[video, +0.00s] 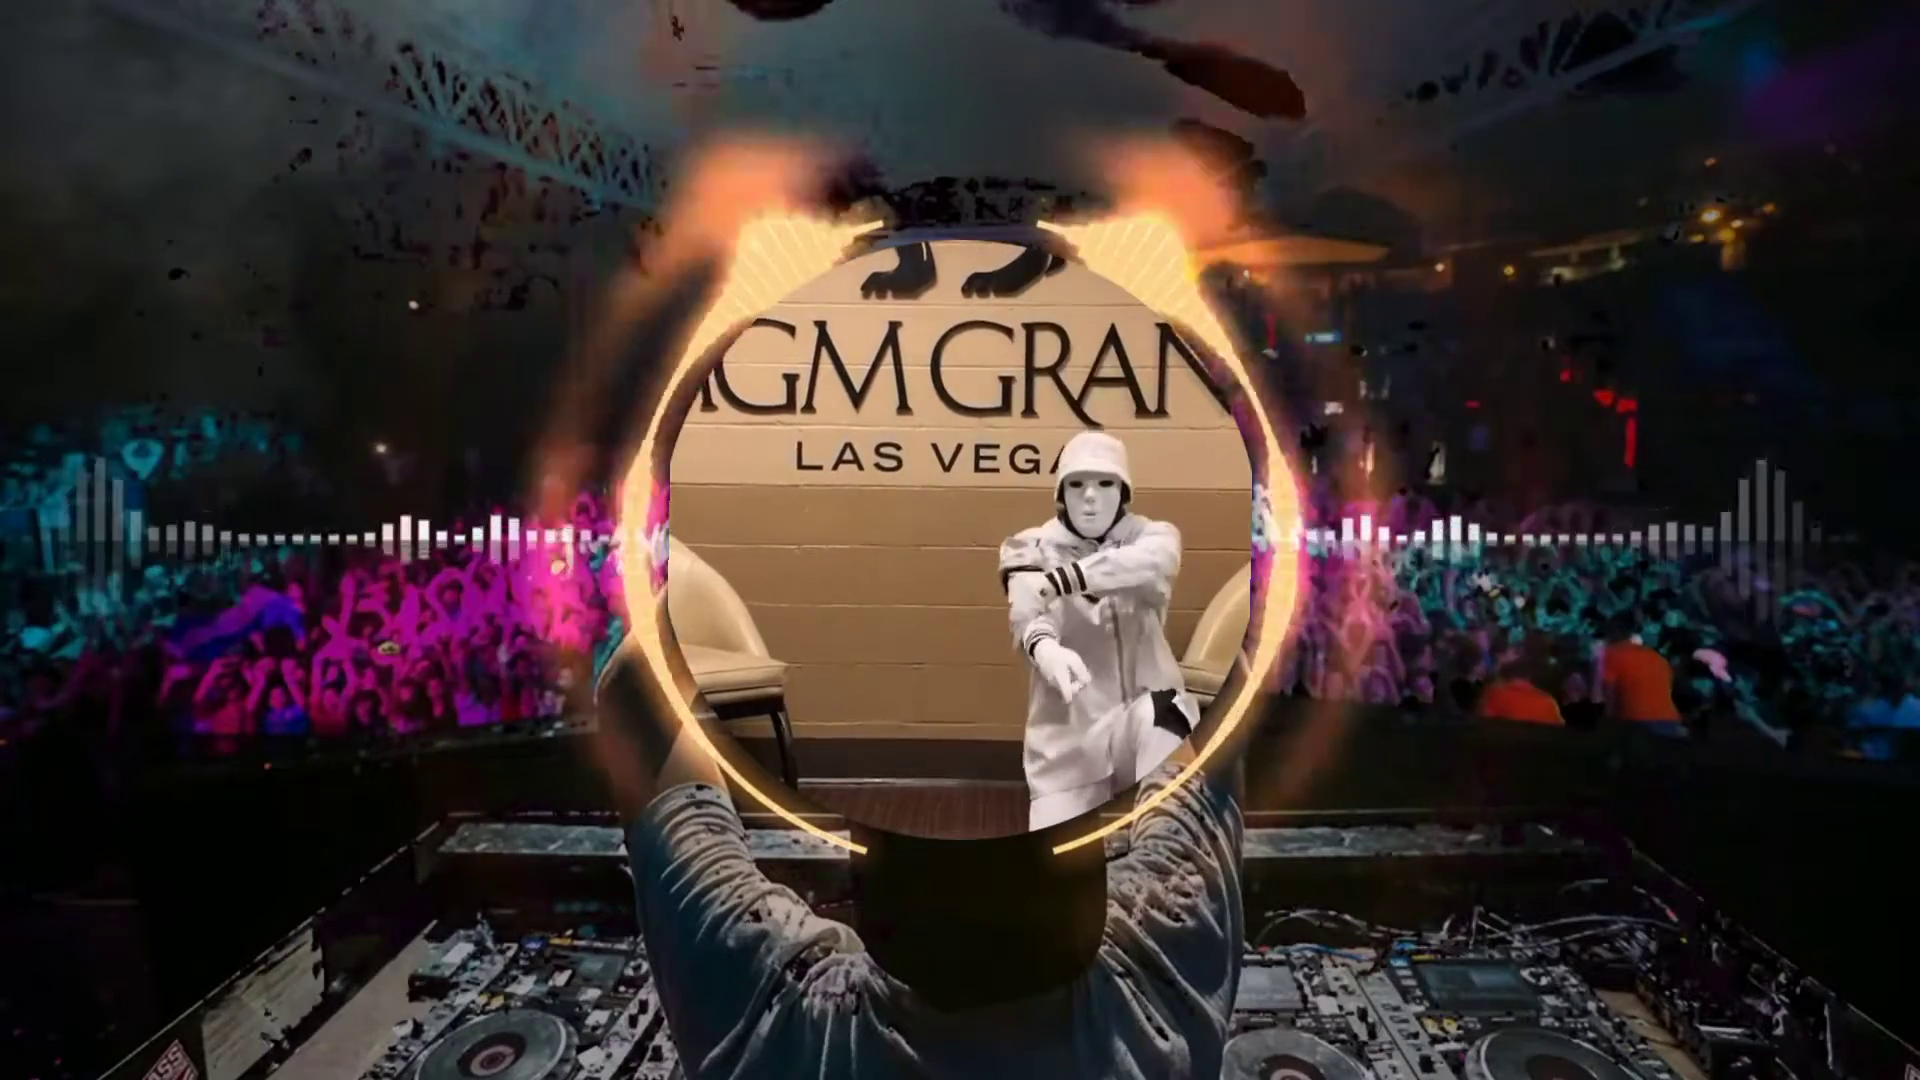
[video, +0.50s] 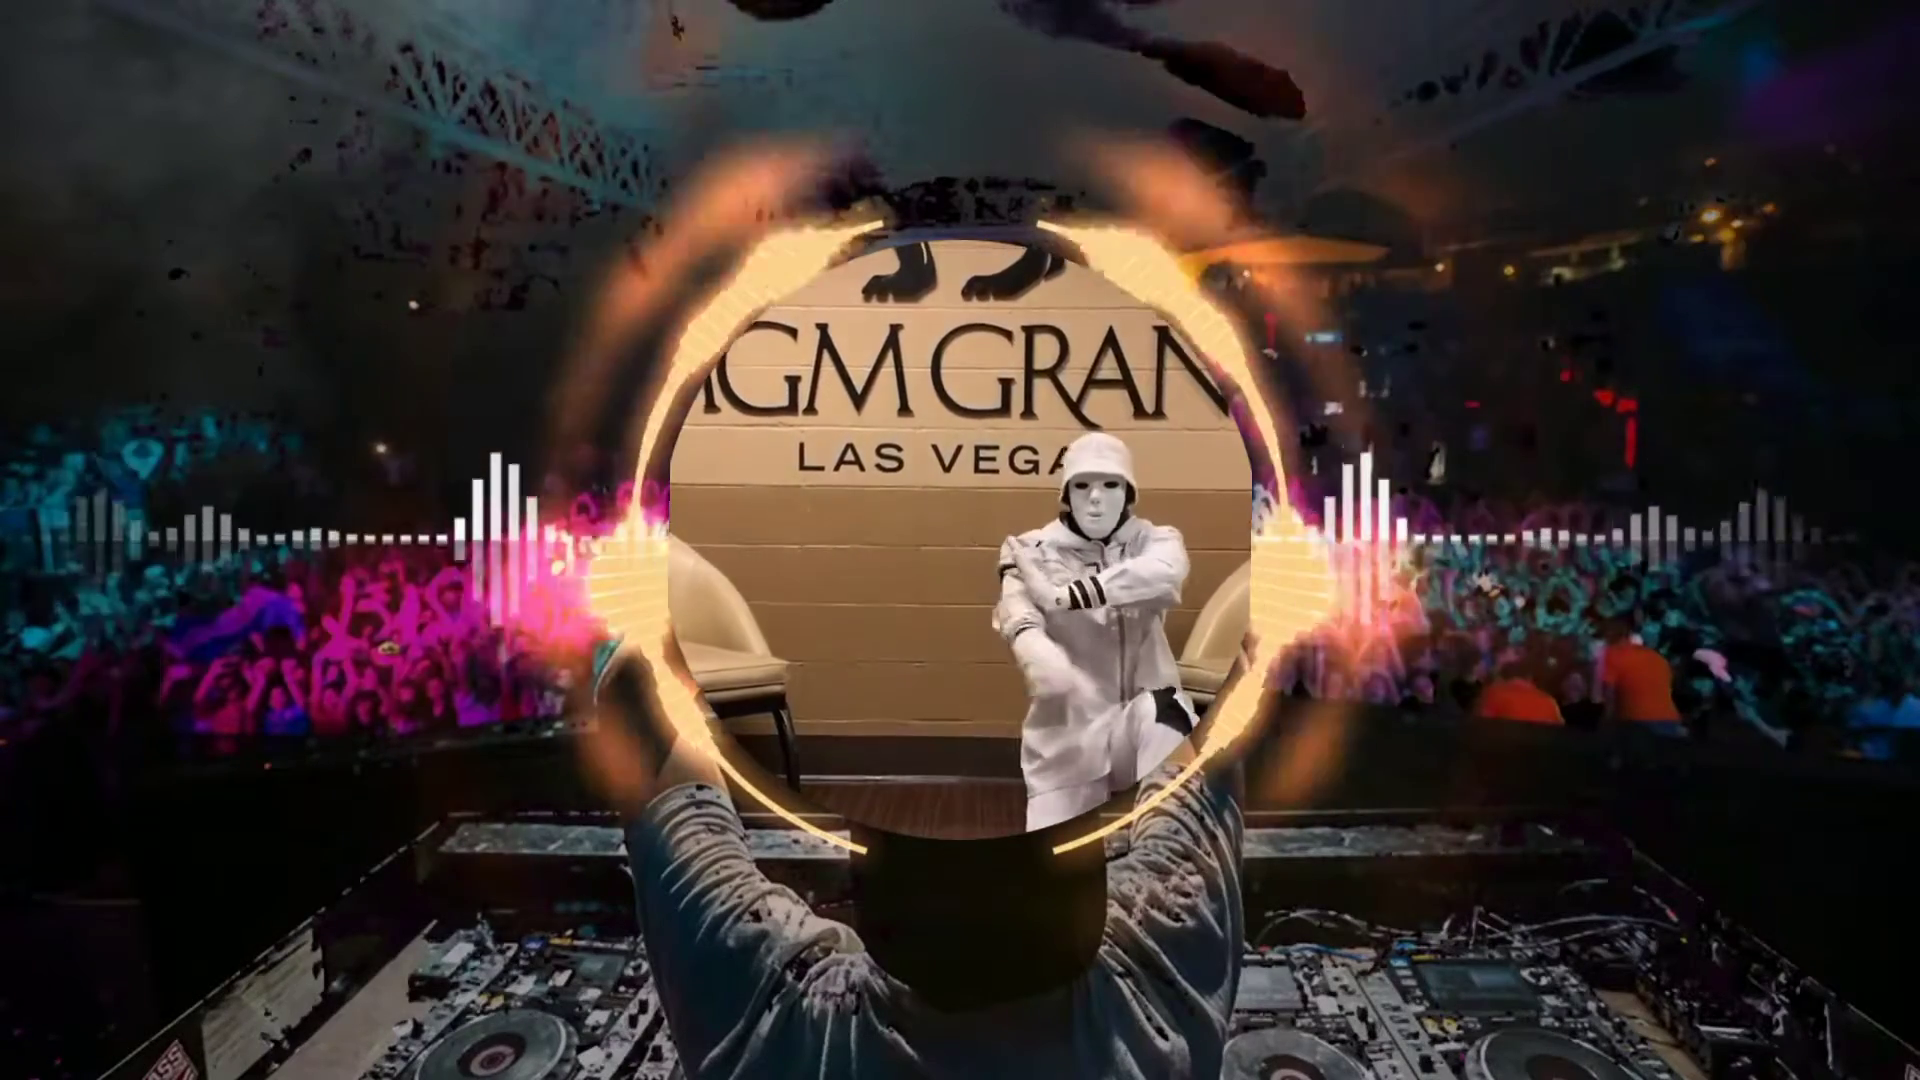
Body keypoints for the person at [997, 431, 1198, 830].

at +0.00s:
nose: (1090, 497)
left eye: (1104, 484)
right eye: (1077, 485)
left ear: (1123, 492)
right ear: (1060, 493)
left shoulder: (1154, 536)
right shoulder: (1029, 548)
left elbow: (1152, 566)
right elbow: (1028, 609)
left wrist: (1064, 580)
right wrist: (1046, 647)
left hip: (1140, 733)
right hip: (1064, 749)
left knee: (1165, 707)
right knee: (1062, 877)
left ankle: (1159, 841)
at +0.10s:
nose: (1088, 496)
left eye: (1103, 483)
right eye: (1076, 483)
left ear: (1122, 491)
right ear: (1059, 492)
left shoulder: (1151, 534)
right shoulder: (1028, 547)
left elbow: (1153, 559)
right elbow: (1029, 596)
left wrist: (1062, 571)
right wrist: (1035, 624)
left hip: (1140, 732)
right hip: (1064, 747)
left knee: (1164, 706)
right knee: (1062, 876)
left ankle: (1160, 835)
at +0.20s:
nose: (1089, 497)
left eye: (1103, 484)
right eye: (1075, 484)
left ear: (1122, 493)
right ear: (1060, 493)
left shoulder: (1151, 535)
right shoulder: (1029, 546)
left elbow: (1154, 562)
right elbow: (1024, 590)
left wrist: (1057, 574)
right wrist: (1037, 625)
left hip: (1140, 725)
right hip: (1065, 743)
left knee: (1165, 707)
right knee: (1056, 871)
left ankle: (1159, 836)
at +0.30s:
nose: (1091, 497)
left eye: (1104, 484)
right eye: (1078, 484)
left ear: (1123, 492)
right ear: (1063, 492)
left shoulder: (1154, 538)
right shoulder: (1031, 548)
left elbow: (1160, 569)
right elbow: (1024, 597)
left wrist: (1060, 583)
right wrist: (1036, 635)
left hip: (1141, 729)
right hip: (1066, 744)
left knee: (1167, 709)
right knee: (1058, 874)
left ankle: (1158, 843)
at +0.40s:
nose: (1094, 497)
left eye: (1108, 484)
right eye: (1081, 485)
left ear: (1127, 493)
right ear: (1065, 494)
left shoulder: (1156, 539)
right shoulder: (1033, 550)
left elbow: (1164, 575)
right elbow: (1023, 603)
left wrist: (1067, 590)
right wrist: (1029, 638)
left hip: (1139, 729)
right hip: (1065, 744)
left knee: (1167, 707)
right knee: (1058, 875)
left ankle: (1159, 838)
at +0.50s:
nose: (1095, 498)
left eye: (1110, 485)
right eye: (1082, 486)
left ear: (1128, 494)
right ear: (1066, 494)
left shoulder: (1157, 540)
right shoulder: (1027, 550)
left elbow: (1166, 576)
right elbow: (1016, 613)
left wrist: (1068, 595)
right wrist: (1044, 662)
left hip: (1138, 732)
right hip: (1064, 743)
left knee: (1165, 707)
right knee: (1057, 870)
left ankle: (1162, 835)